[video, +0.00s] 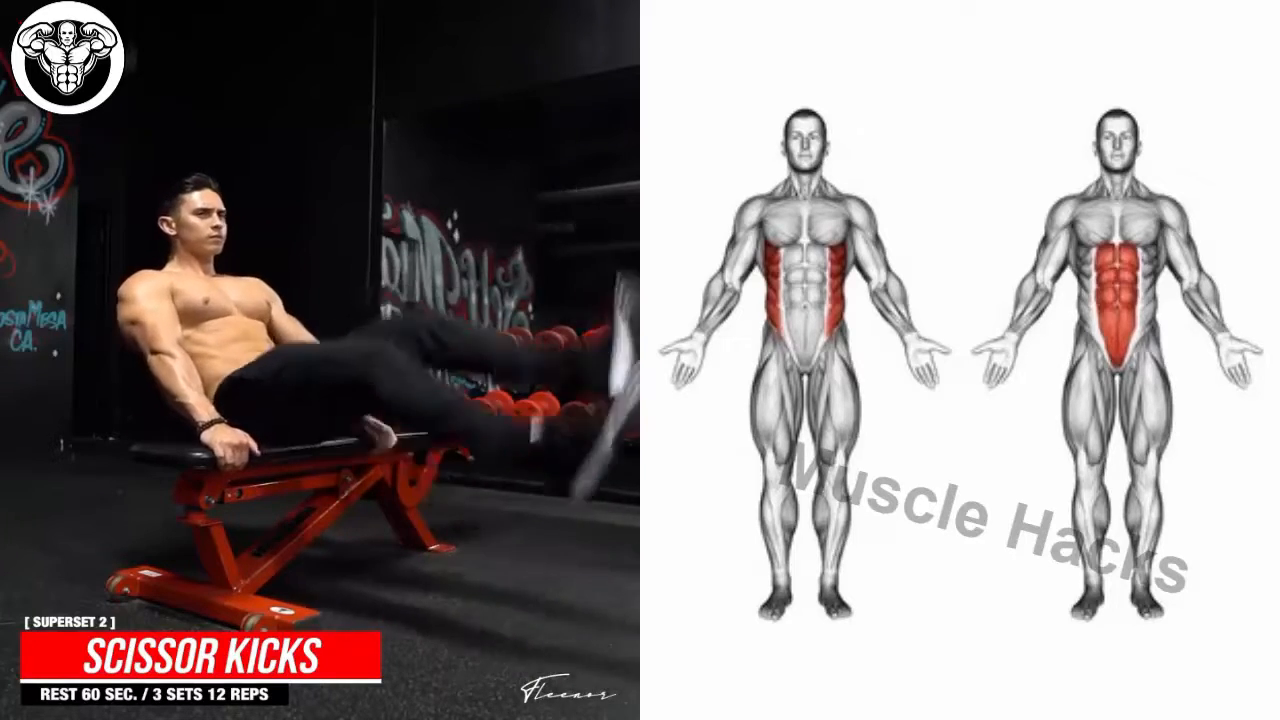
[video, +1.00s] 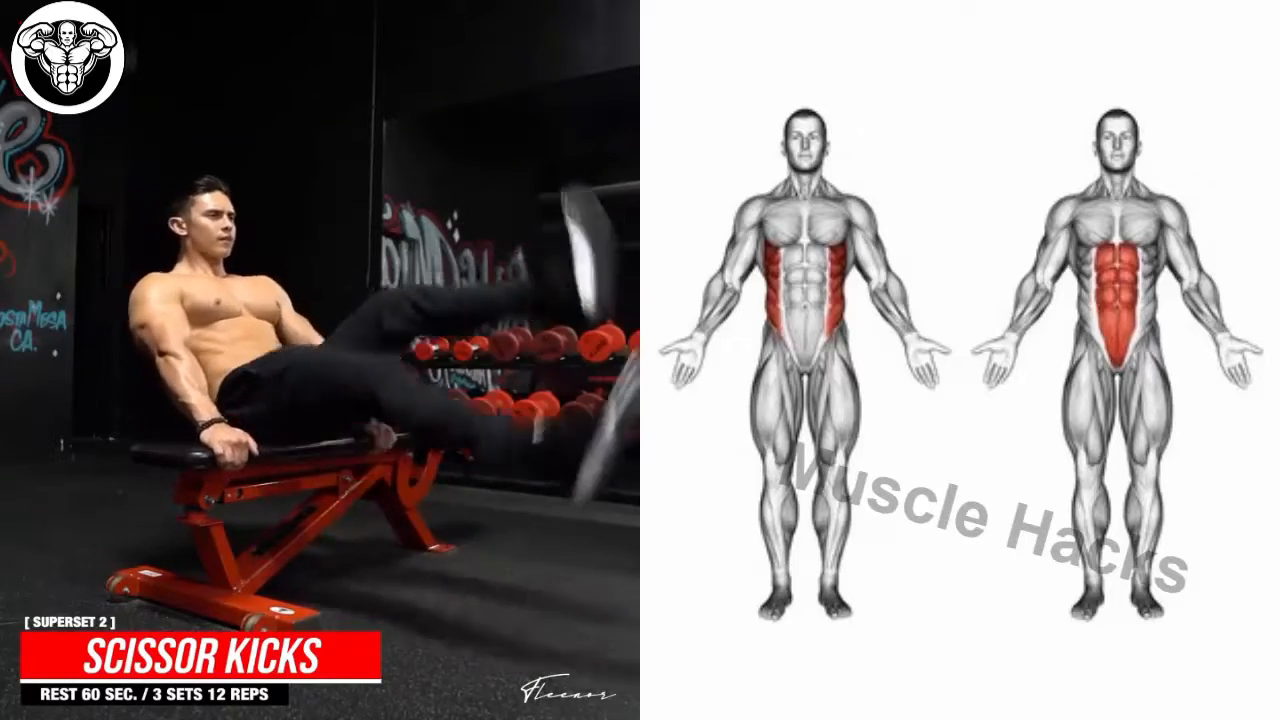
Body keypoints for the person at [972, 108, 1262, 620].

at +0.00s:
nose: (1116, 146)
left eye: (1124, 138)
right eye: (1109, 138)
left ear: (1137, 145)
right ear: (1097, 145)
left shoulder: (1164, 211)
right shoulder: (1070, 211)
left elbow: (1193, 282)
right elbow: (1041, 282)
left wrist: (1222, 335)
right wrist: (1012, 336)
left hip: (1144, 355)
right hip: (1089, 354)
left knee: (1145, 466)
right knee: (1088, 467)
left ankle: (1141, 581)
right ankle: (1092, 583)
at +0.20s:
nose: (1116, 146)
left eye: (1124, 138)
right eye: (1109, 138)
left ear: (1137, 145)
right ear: (1097, 145)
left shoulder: (1164, 211)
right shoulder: (1070, 211)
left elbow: (1193, 282)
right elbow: (1041, 282)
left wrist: (1221, 335)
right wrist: (1012, 336)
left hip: (1144, 355)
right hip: (1089, 354)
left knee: (1145, 467)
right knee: (1088, 466)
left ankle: (1141, 582)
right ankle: (1092, 583)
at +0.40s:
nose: (1116, 146)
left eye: (1124, 138)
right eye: (1109, 138)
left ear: (1137, 145)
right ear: (1097, 145)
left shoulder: (1164, 211)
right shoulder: (1070, 211)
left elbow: (1193, 282)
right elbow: (1041, 282)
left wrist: (1222, 335)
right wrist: (1012, 336)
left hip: (1144, 355)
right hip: (1089, 354)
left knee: (1145, 466)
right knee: (1088, 467)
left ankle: (1141, 581)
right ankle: (1092, 583)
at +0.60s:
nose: (1116, 146)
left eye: (1124, 138)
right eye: (1109, 138)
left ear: (1137, 145)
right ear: (1097, 145)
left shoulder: (1164, 211)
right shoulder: (1070, 211)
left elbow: (1193, 282)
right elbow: (1041, 282)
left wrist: (1222, 335)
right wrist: (1012, 336)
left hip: (1144, 355)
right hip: (1089, 354)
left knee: (1145, 466)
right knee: (1088, 467)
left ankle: (1141, 581)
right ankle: (1092, 583)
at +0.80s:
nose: (1116, 146)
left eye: (1124, 138)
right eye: (1109, 138)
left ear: (1137, 145)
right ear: (1097, 145)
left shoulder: (1164, 211)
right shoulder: (1070, 211)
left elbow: (1193, 282)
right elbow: (1041, 282)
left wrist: (1222, 335)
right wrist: (1012, 336)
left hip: (1144, 355)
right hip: (1089, 354)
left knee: (1145, 466)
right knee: (1088, 467)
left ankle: (1141, 581)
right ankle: (1092, 583)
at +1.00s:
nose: (1116, 146)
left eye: (1124, 138)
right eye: (1109, 138)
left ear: (1137, 145)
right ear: (1097, 145)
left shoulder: (1164, 211)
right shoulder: (1070, 211)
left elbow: (1193, 282)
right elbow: (1041, 282)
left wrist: (1222, 335)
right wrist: (1012, 336)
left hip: (1144, 355)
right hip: (1089, 354)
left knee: (1145, 466)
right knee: (1088, 467)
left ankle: (1141, 581)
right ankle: (1092, 583)